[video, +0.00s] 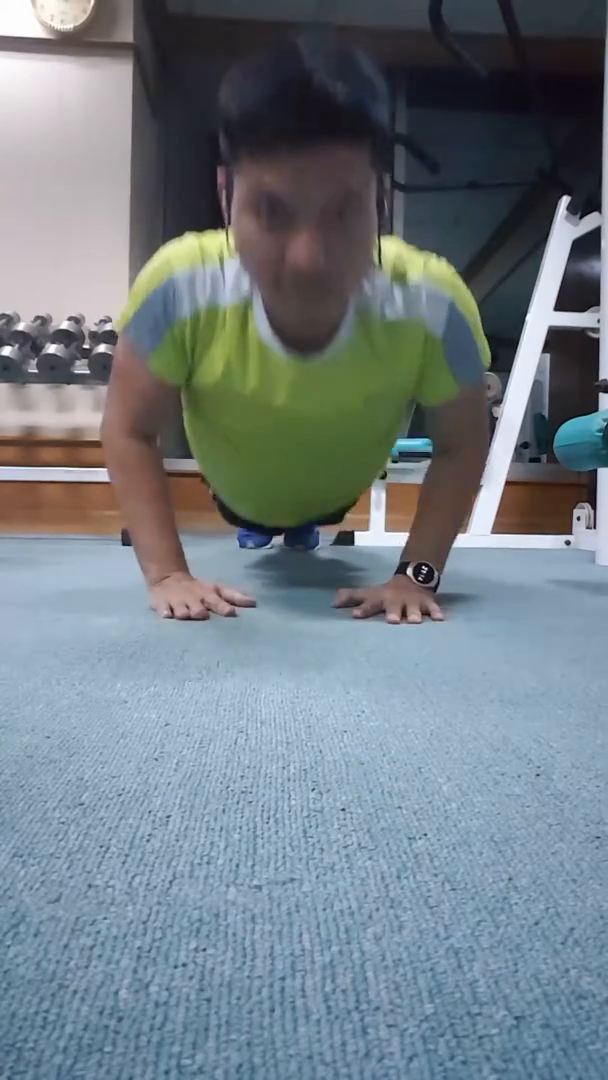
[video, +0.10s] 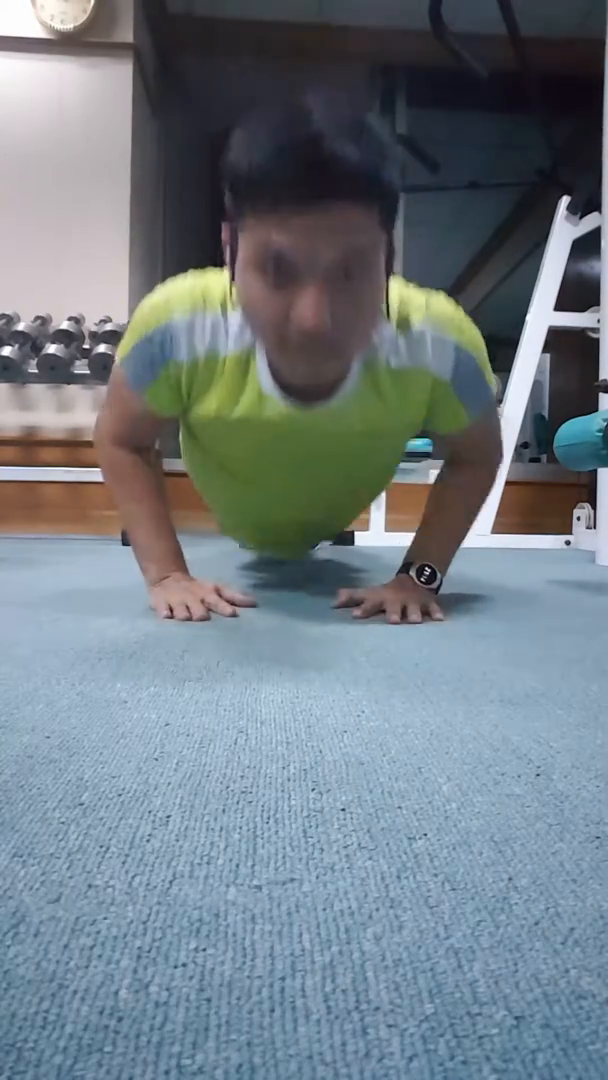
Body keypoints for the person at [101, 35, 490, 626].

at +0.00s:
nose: (307, 254)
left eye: (341, 211)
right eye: (272, 211)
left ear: (381, 195)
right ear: (225, 195)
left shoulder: (428, 298)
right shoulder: (177, 282)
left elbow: (462, 444)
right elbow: (126, 431)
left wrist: (416, 574)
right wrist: (168, 574)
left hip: (338, 489)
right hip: (236, 489)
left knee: (316, 516)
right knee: (249, 521)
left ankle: (303, 530)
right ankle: (260, 528)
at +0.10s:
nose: (313, 317)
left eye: (348, 273)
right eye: (279, 272)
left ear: (387, 254)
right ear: (229, 249)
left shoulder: (437, 339)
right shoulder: (175, 321)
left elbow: (475, 455)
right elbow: (122, 441)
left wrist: (418, 576)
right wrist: (167, 574)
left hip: (342, 504)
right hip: (227, 504)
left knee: (329, 527)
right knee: (249, 528)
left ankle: (326, 533)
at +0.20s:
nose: (312, 382)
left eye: (349, 342)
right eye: (278, 336)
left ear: (389, 320)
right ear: (228, 311)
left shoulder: (444, 383)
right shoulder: (167, 364)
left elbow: (487, 461)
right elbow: (114, 450)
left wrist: (420, 577)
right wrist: (168, 576)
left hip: (343, 510)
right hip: (225, 510)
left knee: (315, 544)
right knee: (249, 552)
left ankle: (291, 563)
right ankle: (262, 565)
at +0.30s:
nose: (309, 448)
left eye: (347, 407)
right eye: (274, 404)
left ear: (387, 380)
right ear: (223, 372)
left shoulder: (444, 417)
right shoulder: (162, 405)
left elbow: (497, 461)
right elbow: (101, 446)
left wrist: (421, 577)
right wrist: (167, 577)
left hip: (344, 556)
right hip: (231, 552)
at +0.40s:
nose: (307, 498)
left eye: (346, 454)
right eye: (269, 454)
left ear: (386, 432)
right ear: (219, 424)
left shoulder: (444, 450)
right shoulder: (163, 438)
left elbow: (503, 462)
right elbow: (94, 446)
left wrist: (422, 576)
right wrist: (167, 576)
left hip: (354, 566)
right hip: (226, 561)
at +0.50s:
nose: (303, 518)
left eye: (343, 473)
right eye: (265, 472)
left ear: (384, 453)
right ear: (217, 447)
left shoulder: (436, 466)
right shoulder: (169, 457)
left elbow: (503, 458)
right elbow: (95, 440)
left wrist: (423, 575)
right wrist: (166, 577)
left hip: (364, 570)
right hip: (220, 566)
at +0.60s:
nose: (302, 474)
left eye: (340, 431)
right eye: (267, 431)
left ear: (385, 406)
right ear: (217, 403)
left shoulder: (449, 436)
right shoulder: (158, 430)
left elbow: (497, 463)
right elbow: (97, 449)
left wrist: (421, 575)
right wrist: (168, 576)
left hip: (353, 573)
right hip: (225, 568)